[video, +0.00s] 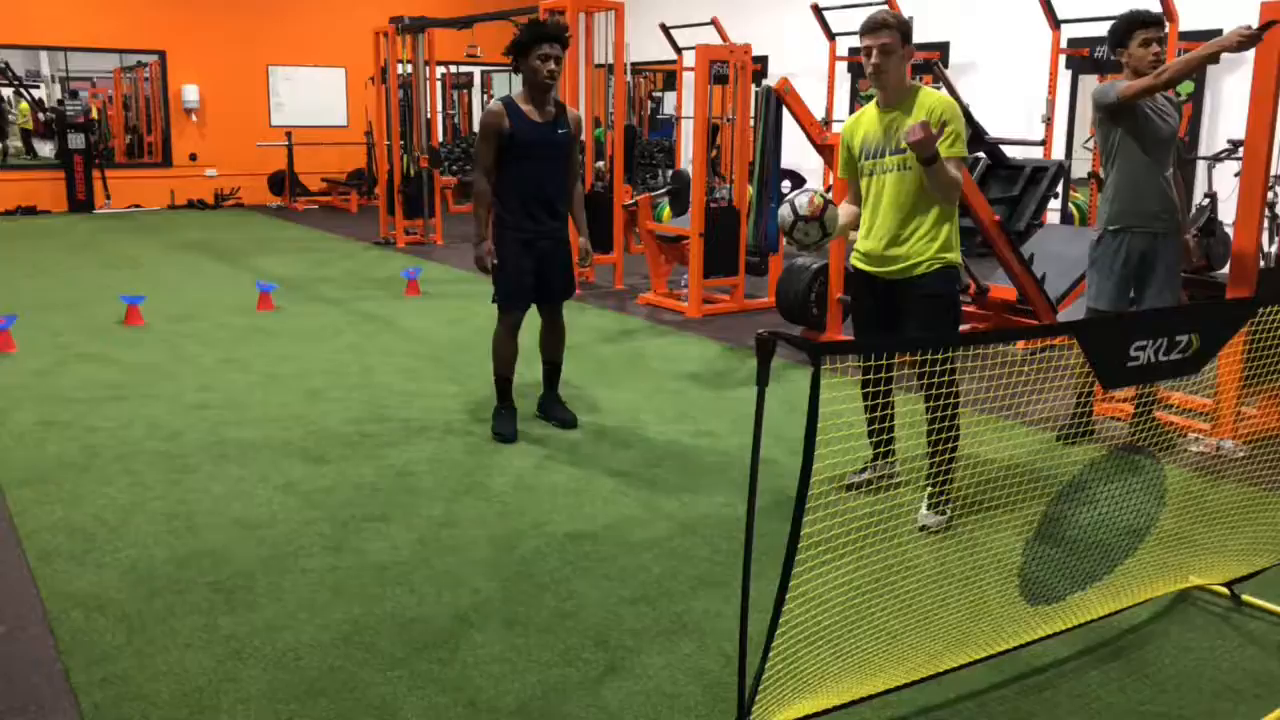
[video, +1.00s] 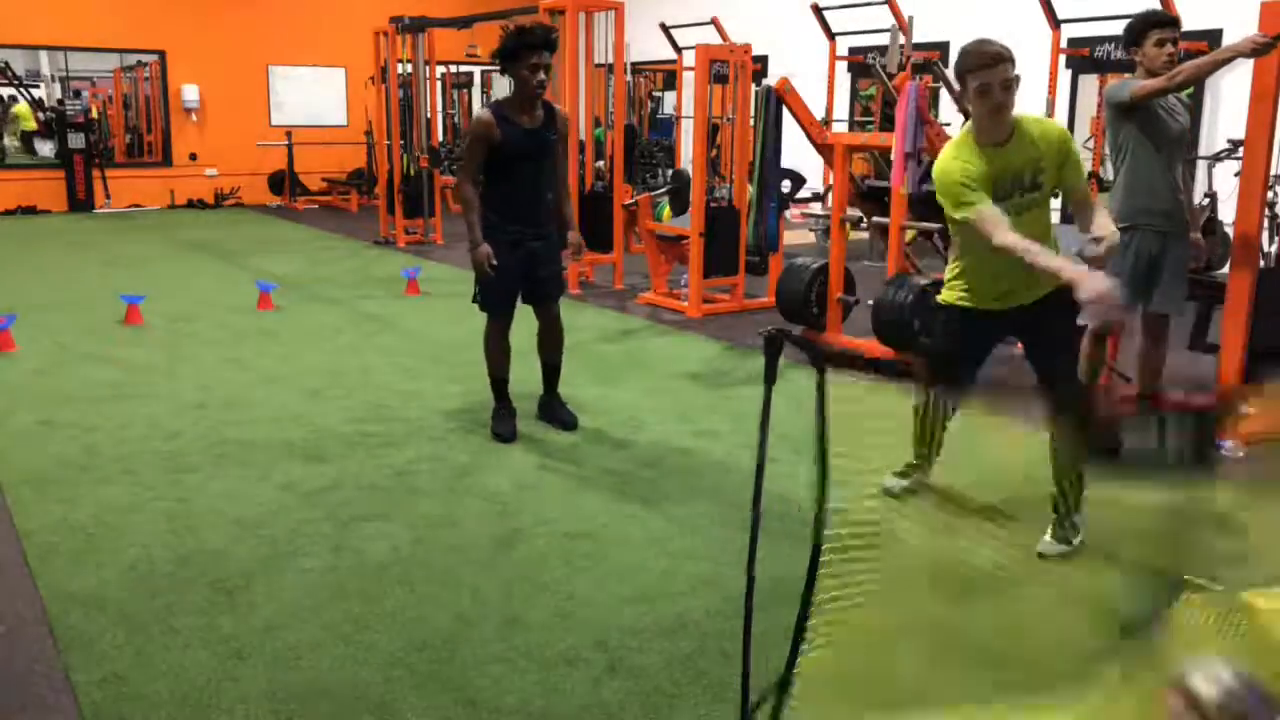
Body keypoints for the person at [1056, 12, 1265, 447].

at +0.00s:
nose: (1157, 51)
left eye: (1161, 43)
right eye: (1146, 43)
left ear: (1166, 51)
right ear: (1121, 54)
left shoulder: (1170, 103)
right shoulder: (1105, 93)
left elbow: (1175, 171)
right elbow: (1158, 81)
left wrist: (1183, 230)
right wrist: (1218, 46)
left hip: (1164, 236)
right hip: (1118, 233)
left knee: (1157, 332)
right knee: (1101, 327)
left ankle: (1144, 422)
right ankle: (1080, 414)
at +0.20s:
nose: (1166, 51)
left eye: (1170, 44)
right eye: (1155, 43)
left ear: (1173, 52)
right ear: (1128, 53)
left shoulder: (1178, 104)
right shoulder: (1112, 93)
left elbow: (1180, 173)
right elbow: (1167, 81)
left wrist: (1192, 226)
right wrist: (1225, 48)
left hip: (1170, 236)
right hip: (1125, 235)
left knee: (1160, 333)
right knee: (1105, 329)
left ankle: (1144, 423)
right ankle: (1078, 415)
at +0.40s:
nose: (1171, 50)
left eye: (1175, 43)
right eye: (1160, 43)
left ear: (1177, 50)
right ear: (1133, 52)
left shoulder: (1181, 105)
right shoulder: (1115, 91)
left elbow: (1185, 173)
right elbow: (1168, 82)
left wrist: (1199, 224)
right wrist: (1227, 50)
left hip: (1175, 236)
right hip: (1128, 234)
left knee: (1161, 333)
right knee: (1107, 328)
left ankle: (1143, 424)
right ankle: (1078, 416)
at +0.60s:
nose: (1172, 51)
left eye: (1176, 44)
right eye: (1161, 43)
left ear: (1178, 50)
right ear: (1134, 53)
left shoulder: (1182, 106)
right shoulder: (1116, 93)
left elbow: (1187, 172)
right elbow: (1170, 80)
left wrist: (1199, 223)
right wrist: (1228, 49)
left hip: (1174, 238)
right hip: (1128, 235)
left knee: (1162, 334)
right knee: (1109, 329)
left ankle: (1144, 425)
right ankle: (1079, 416)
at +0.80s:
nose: (1172, 51)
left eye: (1175, 44)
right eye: (1162, 43)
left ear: (1179, 49)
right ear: (1135, 51)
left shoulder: (1181, 106)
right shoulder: (1117, 93)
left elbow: (1181, 177)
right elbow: (1168, 80)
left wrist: (1195, 227)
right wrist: (1228, 49)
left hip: (1174, 236)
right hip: (1127, 233)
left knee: (1163, 330)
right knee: (1109, 328)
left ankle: (1145, 418)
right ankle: (1082, 415)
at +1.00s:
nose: (1172, 51)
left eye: (1176, 44)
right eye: (1161, 43)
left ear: (1180, 49)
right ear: (1136, 51)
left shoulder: (1181, 105)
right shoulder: (1117, 91)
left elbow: (1181, 176)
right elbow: (1172, 81)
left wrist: (1193, 228)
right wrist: (1234, 50)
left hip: (1174, 229)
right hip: (1131, 226)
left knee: (1157, 322)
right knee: (1107, 318)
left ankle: (1148, 402)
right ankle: (1085, 398)